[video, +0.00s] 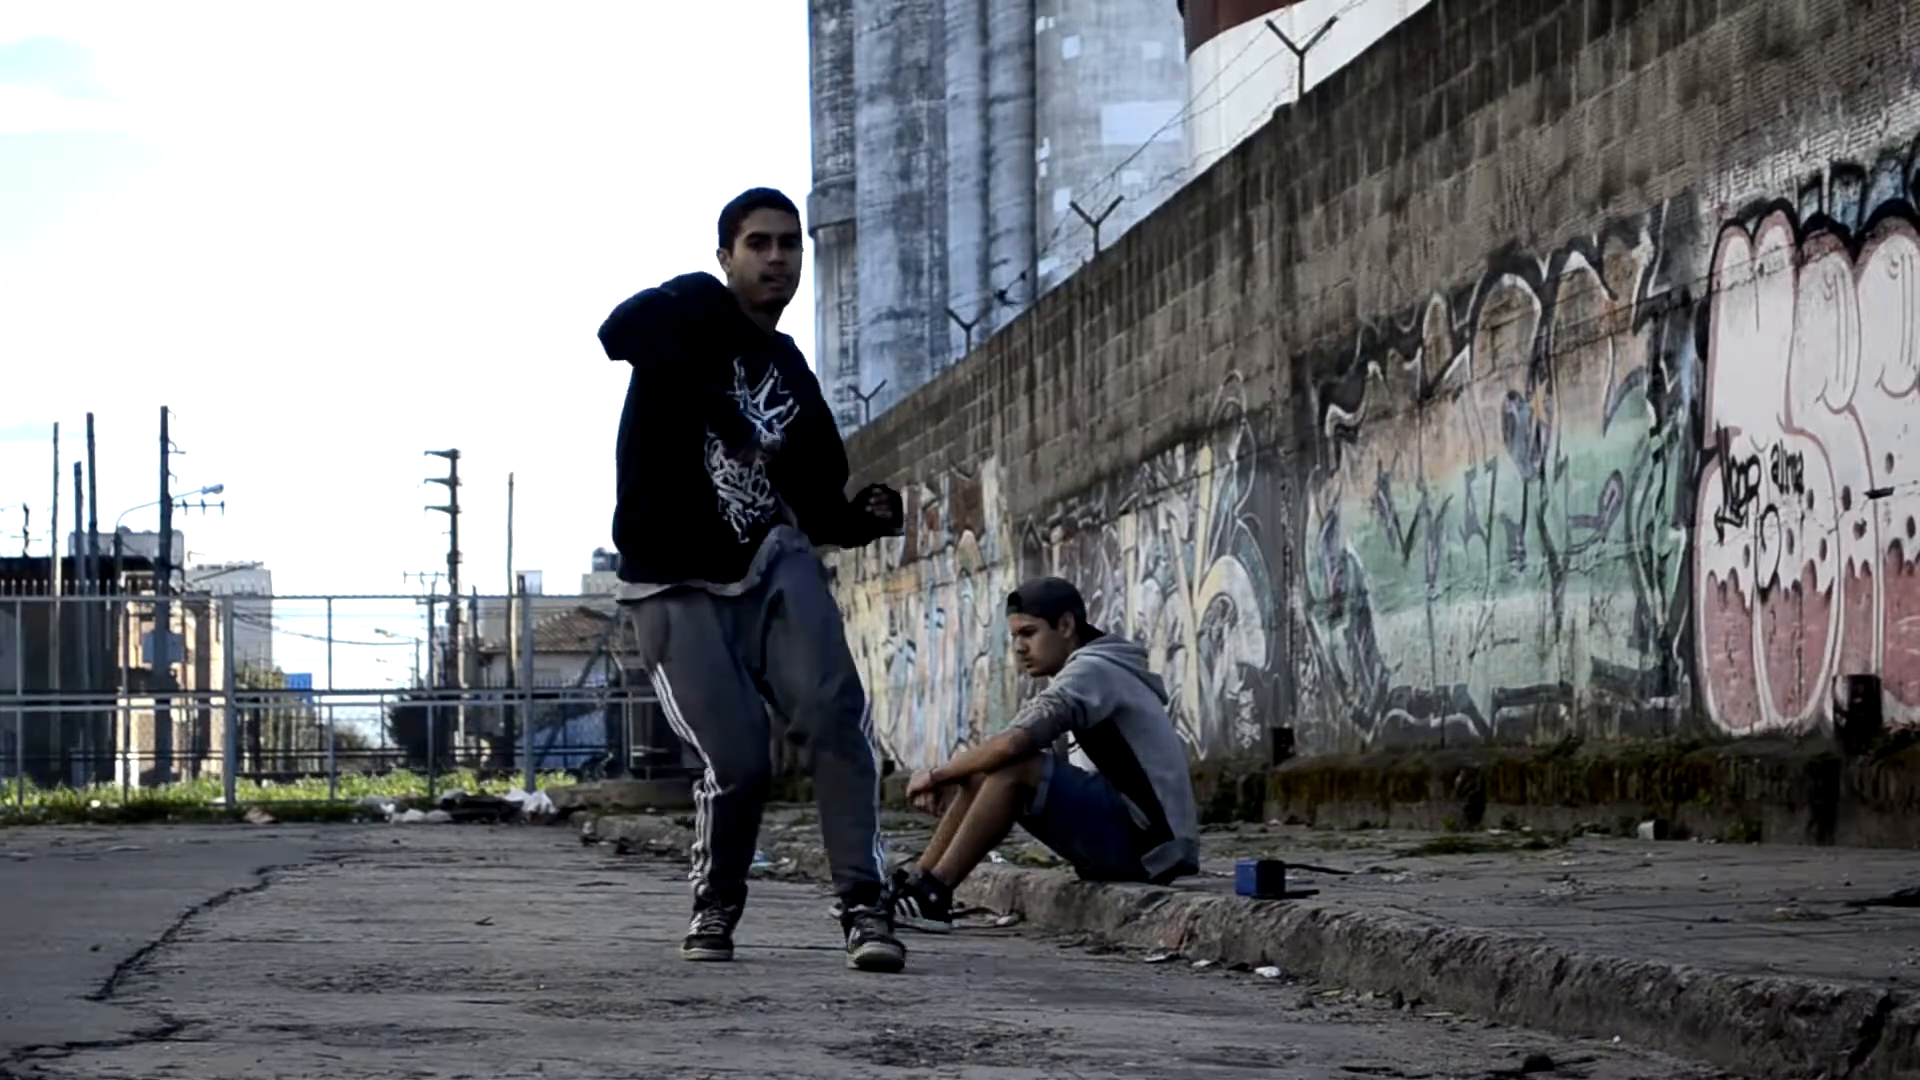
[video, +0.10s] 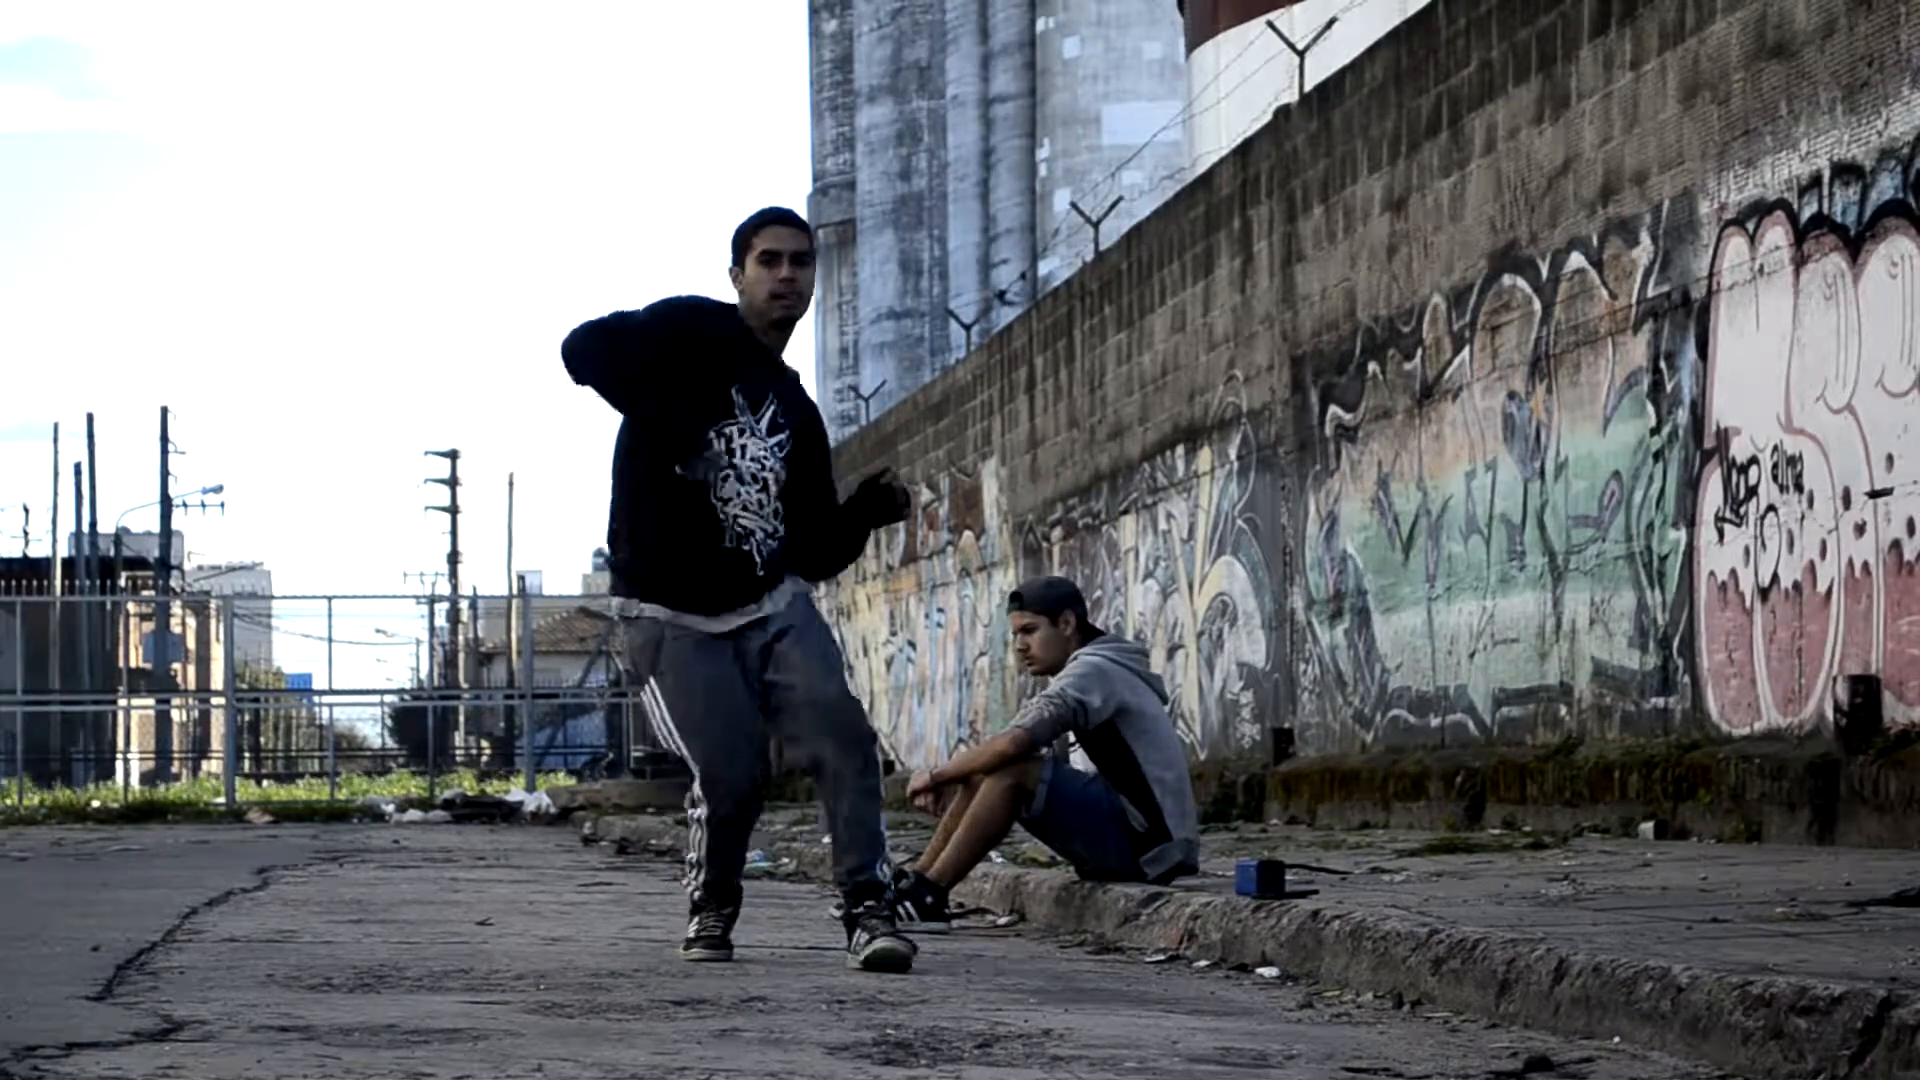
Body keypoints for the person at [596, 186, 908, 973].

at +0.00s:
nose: (777, 258)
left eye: (789, 244)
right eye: (759, 244)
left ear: (802, 258)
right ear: (726, 256)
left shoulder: (796, 379)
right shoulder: (688, 314)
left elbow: (819, 514)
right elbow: (619, 335)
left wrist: (869, 514)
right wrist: (709, 286)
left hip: (776, 563)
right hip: (676, 576)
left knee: (835, 717)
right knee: (738, 759)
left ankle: (865, 906)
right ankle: (717, 899)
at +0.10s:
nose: (788, 277)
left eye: (801, 264)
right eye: (771, 261)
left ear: (812, 283)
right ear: (739, 273)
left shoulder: (796, 411)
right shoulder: (689, 328)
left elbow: (812, 554)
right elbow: (585, 351)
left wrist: (868, 506)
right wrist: (667, 391)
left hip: (774, 601)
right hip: (673, 611)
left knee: (844, 737)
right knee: (732, 776)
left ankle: (869, 908)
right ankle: (713, 909)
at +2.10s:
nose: (701, 218)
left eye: (713, 206)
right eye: (682, 206)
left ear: (728, 220)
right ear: (650, 224)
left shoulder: (790, 308)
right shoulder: (620, 342)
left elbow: (921, 376)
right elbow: (500, 388)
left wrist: (963, 486)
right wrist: (577, 366)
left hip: (830, 575)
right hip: (721, 594)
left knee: (828, 749)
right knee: (718, 748)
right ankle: (796, 911)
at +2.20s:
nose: (739, 226)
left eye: (751, 213)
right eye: (720, 212)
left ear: (765, 227)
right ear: (685, 225)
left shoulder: (817, 318)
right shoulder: (650, 330)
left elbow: (904, 412)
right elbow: (532, 329)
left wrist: (962, 509)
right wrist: (634, 344)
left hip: (855, 573)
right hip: (750, 600)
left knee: (886, 767)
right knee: (743, 753)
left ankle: (1068, 876)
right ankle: (801, 914)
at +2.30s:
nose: (780, 216)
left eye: (791, 203)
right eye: (761, 202)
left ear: (804, 216)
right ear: (724, 215)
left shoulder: (845, 311)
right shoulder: (694, 317)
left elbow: (882, 449)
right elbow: (578, 367)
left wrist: (937, 535)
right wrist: (684, 361)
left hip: (895, 562)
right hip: (779, 587)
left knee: (994, 707)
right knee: (769, 755)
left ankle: (1038, 858)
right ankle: (796, 910)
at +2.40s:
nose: (810, 245)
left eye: (821, 232)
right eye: (792, 230)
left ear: (831, 239)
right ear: (752, 235)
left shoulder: (849, 332)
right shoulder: (717, 326)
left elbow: (874, 431)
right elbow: (637, 430)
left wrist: (912, 491)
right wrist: (754, 421)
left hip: (931, 558)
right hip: (829, 577)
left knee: (1067, 686)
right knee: (815, 746)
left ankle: (987, 874)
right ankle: (785, 902)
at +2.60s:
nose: (849, 269)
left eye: (862, 257)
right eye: (833, 251)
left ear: (872, 267)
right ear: (793, 254)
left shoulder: (861, 375)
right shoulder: (754, 346)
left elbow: (930, 497)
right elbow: (692, 446)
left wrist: (973, 410)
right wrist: (781, 353)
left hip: (958, 585)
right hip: (865, 591)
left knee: (1056, 740)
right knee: (890, 769)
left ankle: (984, 918)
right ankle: (785, 900)